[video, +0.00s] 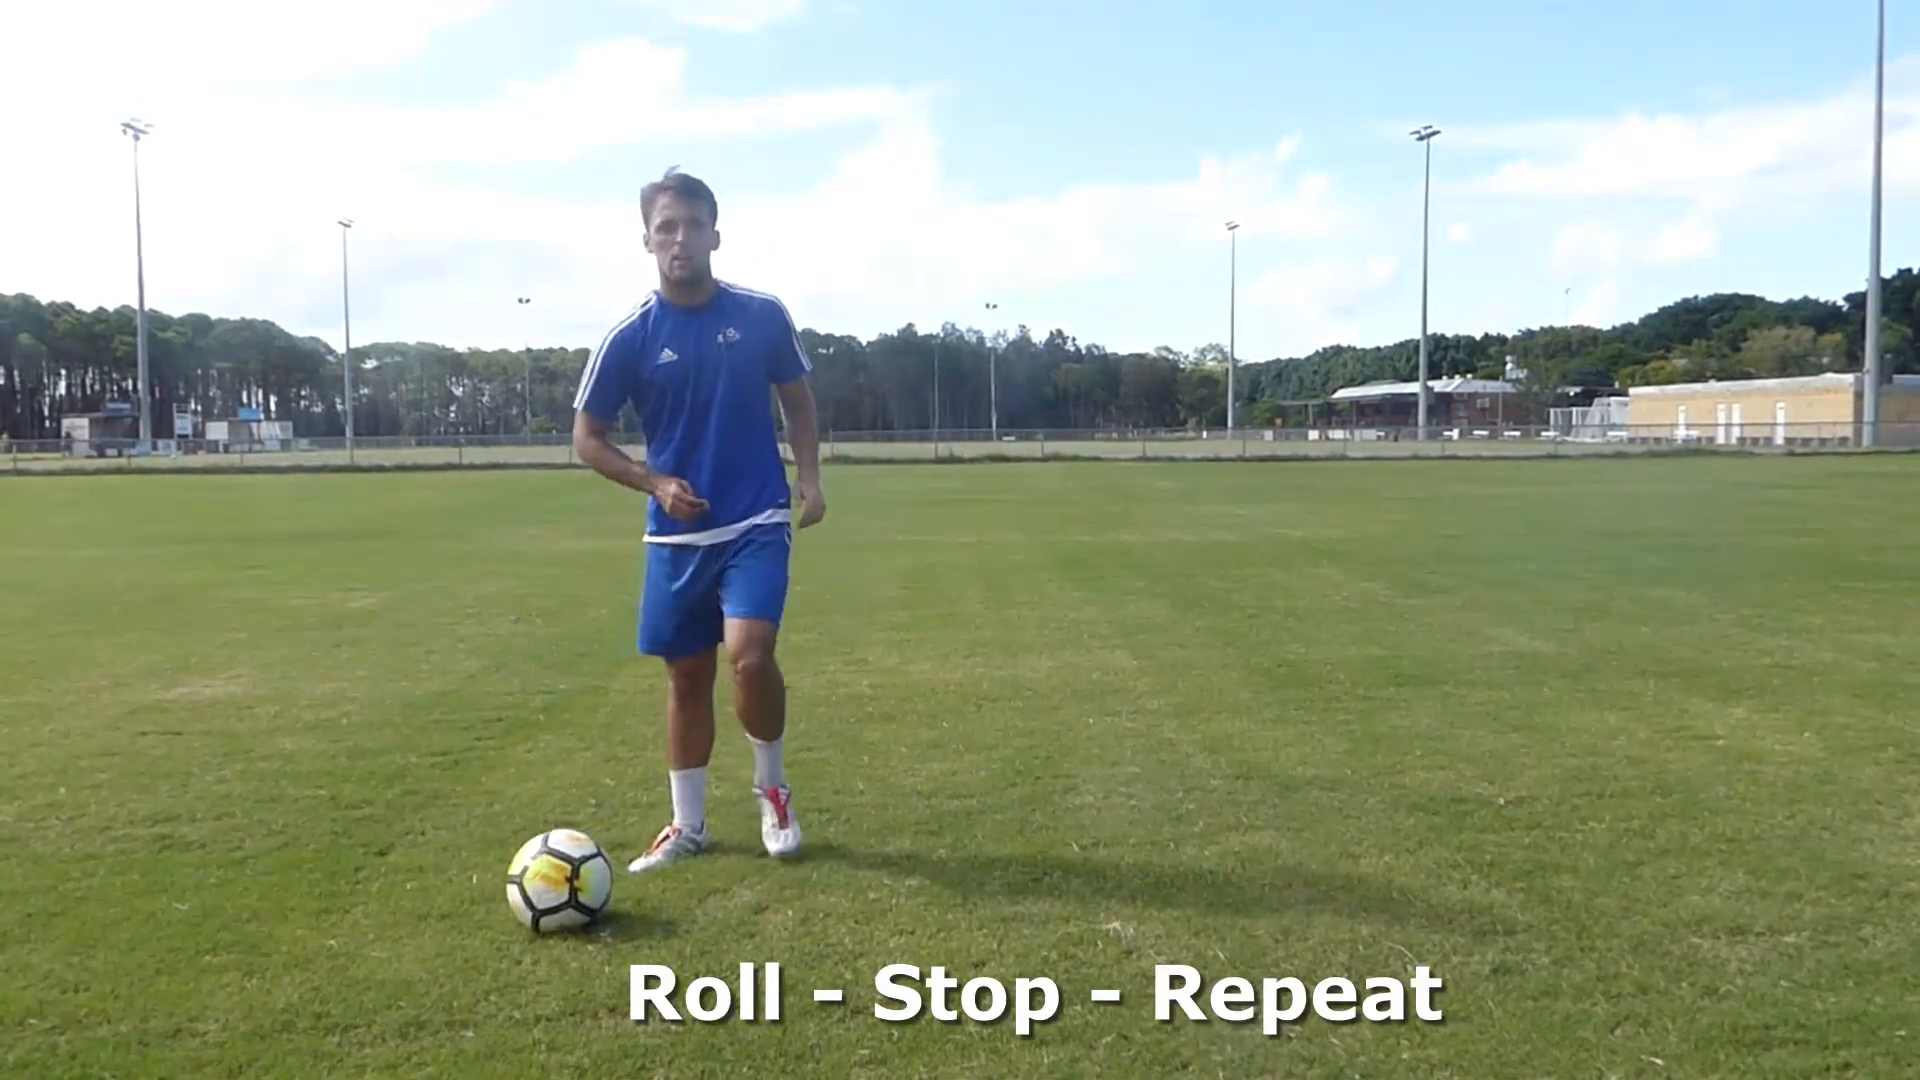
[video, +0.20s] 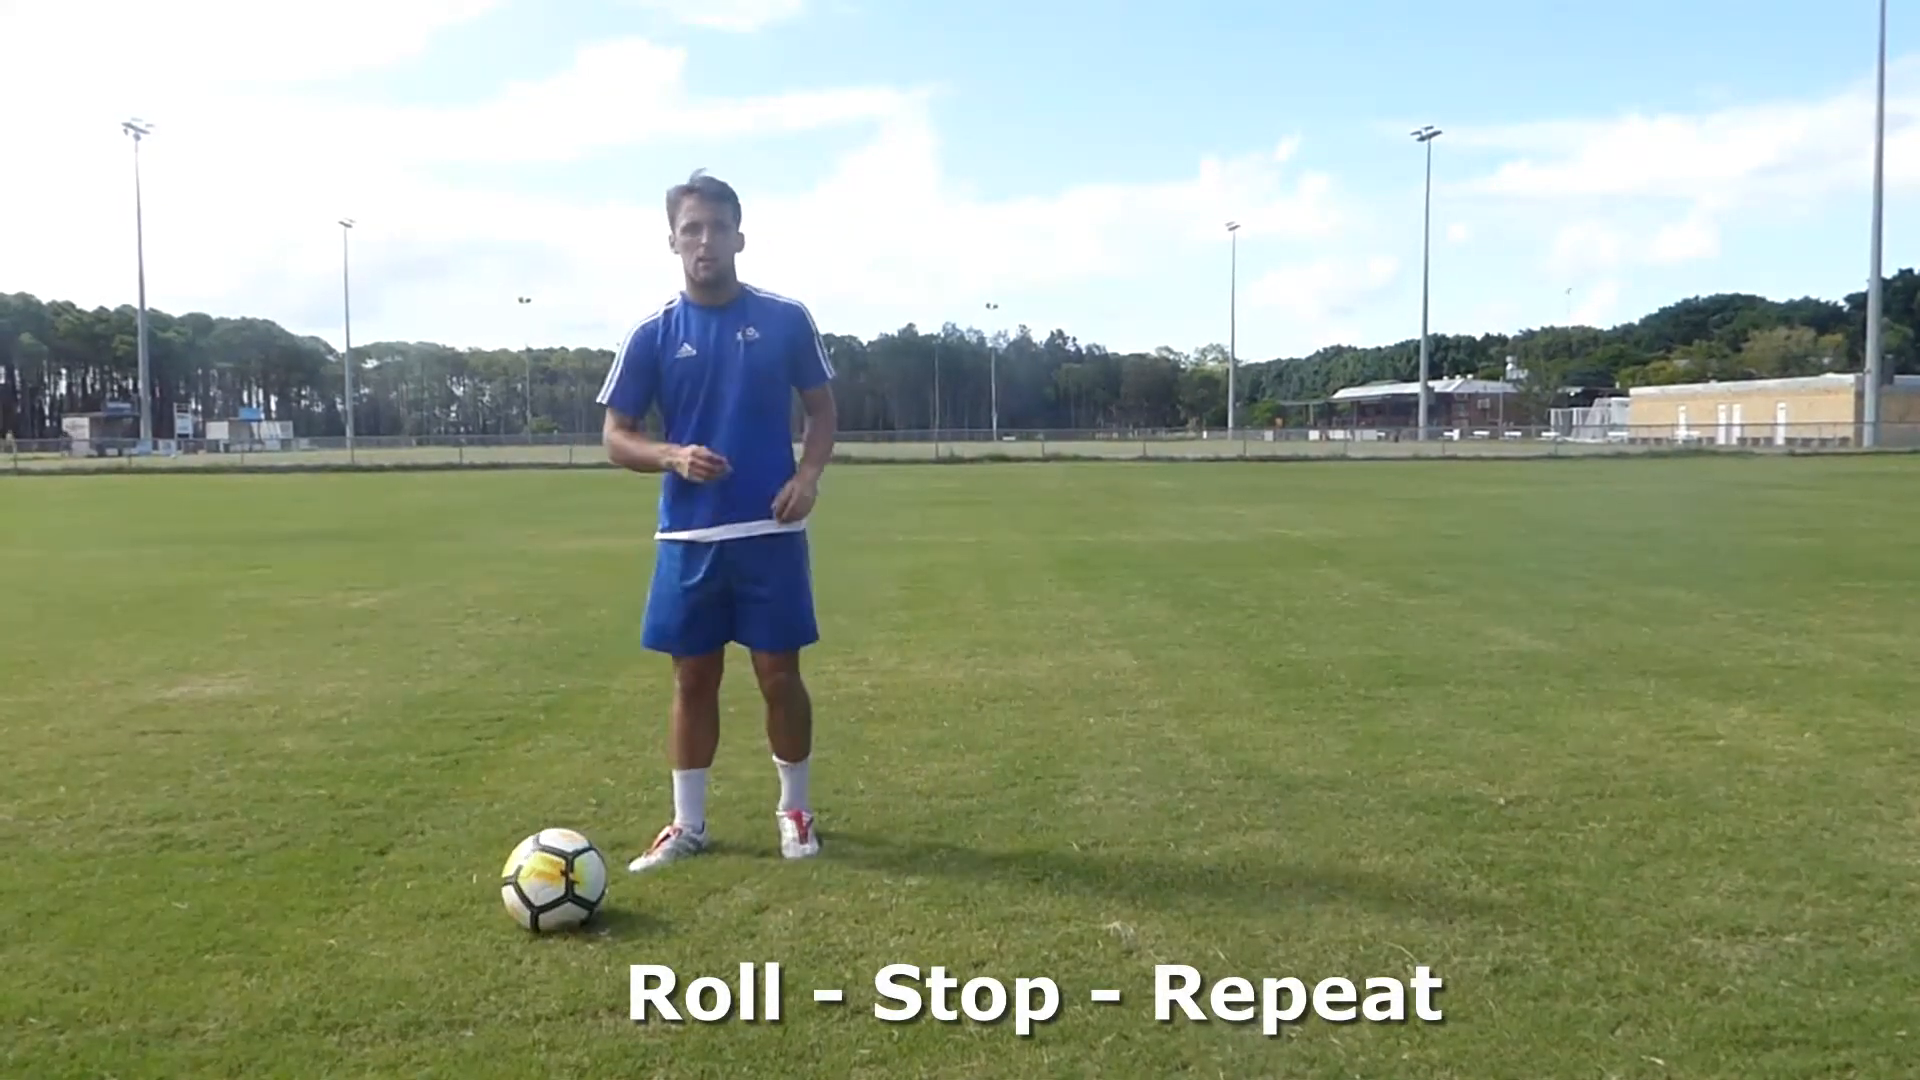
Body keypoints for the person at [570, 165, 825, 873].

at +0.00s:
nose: (680, 239)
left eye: (692, 226)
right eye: (665, 229)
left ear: (715, 233)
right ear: (647, 241)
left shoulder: (763, 316)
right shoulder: (628, 339)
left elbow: (798, 399)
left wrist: (809, 476)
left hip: (758, 522)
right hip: (677, 534)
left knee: (749, 655)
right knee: (686, 679)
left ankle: (771, 788)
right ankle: (688, 827)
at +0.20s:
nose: (703, 242)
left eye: (715, 229)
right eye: (689, 231)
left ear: (739, 235)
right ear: (672, 243)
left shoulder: (787, 322)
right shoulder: (652, 338)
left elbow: (821, 409)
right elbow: (616, 438)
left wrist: (808, 473)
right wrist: (671, 456)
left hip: (770, 534)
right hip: (690, 538)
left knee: (778, 676)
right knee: (692, 679)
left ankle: (795, 811)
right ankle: (688, 826)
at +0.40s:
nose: (734, 242)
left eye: (746, 230)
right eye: (720, 232)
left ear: (770, 236)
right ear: (704, 243)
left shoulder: (815, 324)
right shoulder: (683, 338)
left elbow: (848, 415)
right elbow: (666, 438)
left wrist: (814, 458)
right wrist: (692, 447)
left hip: (790, 531)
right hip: (707, 534)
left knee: (793, 673)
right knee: (690, 673)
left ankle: (796, 814)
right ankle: (686, 824)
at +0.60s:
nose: (750, 247)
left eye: (763, 233)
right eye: (737, 235)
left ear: (786, 237)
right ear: (721, 243)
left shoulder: (831, 324)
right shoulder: (698, 336)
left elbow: (862, 414)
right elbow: (673, 439)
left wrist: (810, 450)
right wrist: (729, 447)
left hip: (797, 530)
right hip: (715, 527)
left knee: (795, 670)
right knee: (684, 656)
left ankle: (794, 814)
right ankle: (680, 814)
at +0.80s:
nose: (751, 247)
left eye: (765, 234)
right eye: (738, 235)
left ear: (787, 239)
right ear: (721, 243)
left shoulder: (831, 325)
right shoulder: (698, 335)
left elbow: (863, 416)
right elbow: (669, 437)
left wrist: (808, 455)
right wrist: (729, 445)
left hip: (795, 532)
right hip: (712, 528)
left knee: (794, 672)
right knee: (686, 658)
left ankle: (794, 813)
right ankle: (683, 807)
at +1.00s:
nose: (738, 245)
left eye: (751, 232)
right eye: (724, 234)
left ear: (772, 237)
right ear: (707, 243)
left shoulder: (815, 324)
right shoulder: (683, 334)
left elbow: (848, 416)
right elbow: (656, 437)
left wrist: (792, 447)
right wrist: (716, 442)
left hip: (784, 533)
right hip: (702, 534)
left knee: (787, 673)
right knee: (693, 673)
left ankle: (794, 815)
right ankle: (689, 818)